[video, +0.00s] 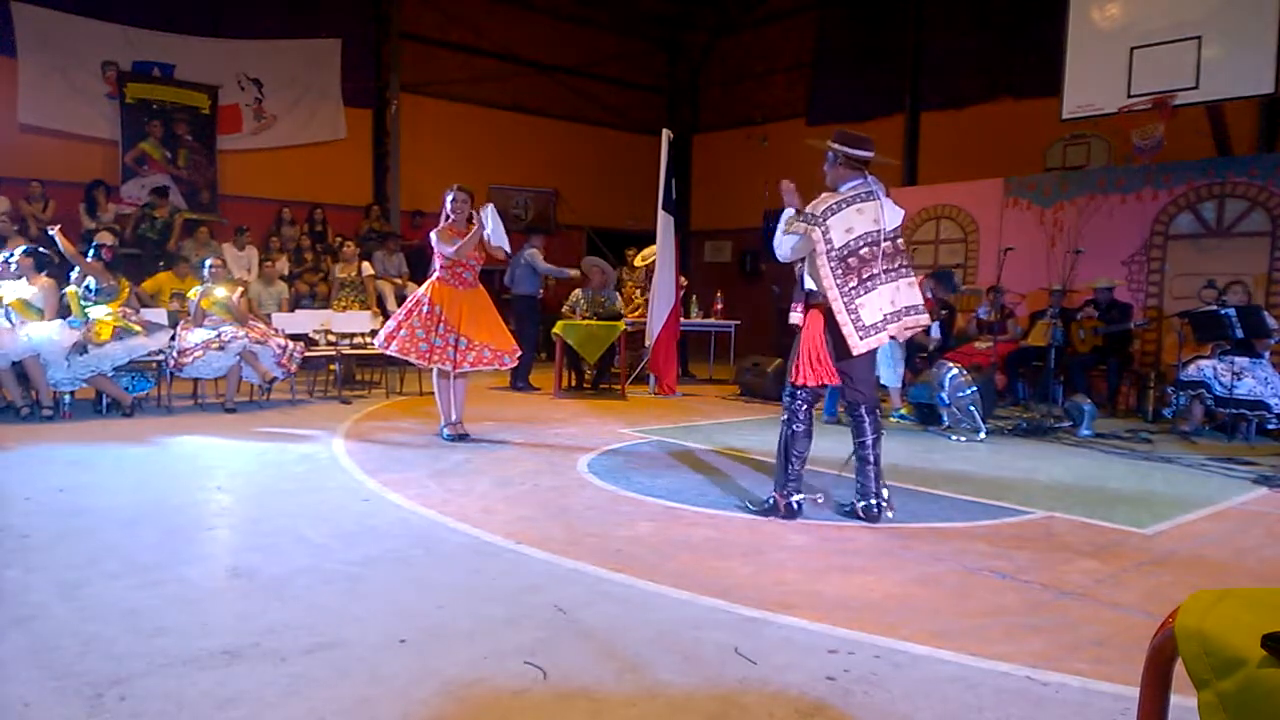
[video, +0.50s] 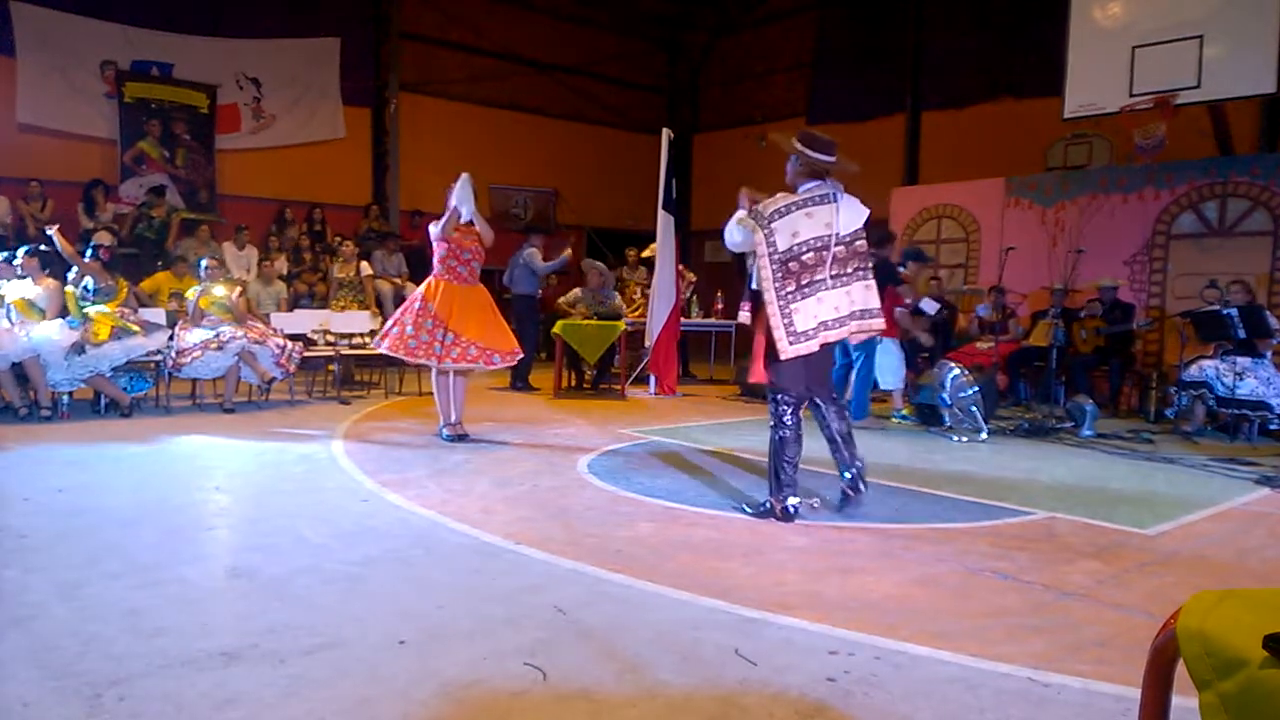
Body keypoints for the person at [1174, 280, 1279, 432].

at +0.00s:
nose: (1238, 296)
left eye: (1243, 293)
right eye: (1233, 293)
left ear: (1248, 297)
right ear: (1224, 296)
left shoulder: (1257, 315)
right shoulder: (1216, 315)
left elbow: (1265, 346)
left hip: (1253, 364)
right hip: (1222, 363)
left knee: (1248, 381)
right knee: (1199, 368)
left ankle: (1242, 426)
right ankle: (1195, 419)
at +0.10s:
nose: (1238, 296)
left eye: (1242, 293)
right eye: (1233, 292)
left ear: (1248, 297)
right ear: (1224, 296)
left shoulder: (1257, 315)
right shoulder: (1216, 315)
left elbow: (1265, 346)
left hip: (1253, 364)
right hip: (1221, 363)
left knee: (1249, 382)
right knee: (1198, 368)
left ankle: (1243, 426)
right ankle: (1195, 419)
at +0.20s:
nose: (1233, 297)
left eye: (1238, 293)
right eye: (1230, 293)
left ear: (1247, 297)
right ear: (1224, 296)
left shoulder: (1257, 315)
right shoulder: (1217, 314)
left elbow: (1264, 346)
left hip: (1253, 364)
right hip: (1222, 363)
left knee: (1248, 382)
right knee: (1198, 368)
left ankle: (1242, 426)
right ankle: (1195, 419)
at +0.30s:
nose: (1232, 297)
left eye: (1237, 293)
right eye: (1229, 293)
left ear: (1247, 297)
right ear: (1224, 296)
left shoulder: (1258, 314)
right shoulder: (1219, 315)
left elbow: (1264, 346)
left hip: (1253, 364)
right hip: (1222, 363)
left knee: (1248, 381)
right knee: (1198, 368)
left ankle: (1242, 426)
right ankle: (1195, 419)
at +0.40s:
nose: (1231, 296)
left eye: (1236, 292)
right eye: (1229, 293)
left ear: (1247, 296)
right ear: (1225, 296)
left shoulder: (1257, 314)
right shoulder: (1219, 315)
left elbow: (1264, 346)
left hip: (1253, 364)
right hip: (1222, 363)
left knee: (1248, 382)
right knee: (1198, 368)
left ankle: (1242, 426)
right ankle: (1195, 419)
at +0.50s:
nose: (1232, 296)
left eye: (1237, 292)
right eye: (1230, 293)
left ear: (1248, 296)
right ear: (1226, 296)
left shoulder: (1258, 314)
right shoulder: (1222, 315)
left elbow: (1265, 346)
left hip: (1255, 364)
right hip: (1225, 363)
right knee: (1200, 368)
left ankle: (1244, 428)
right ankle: (1197, 420)